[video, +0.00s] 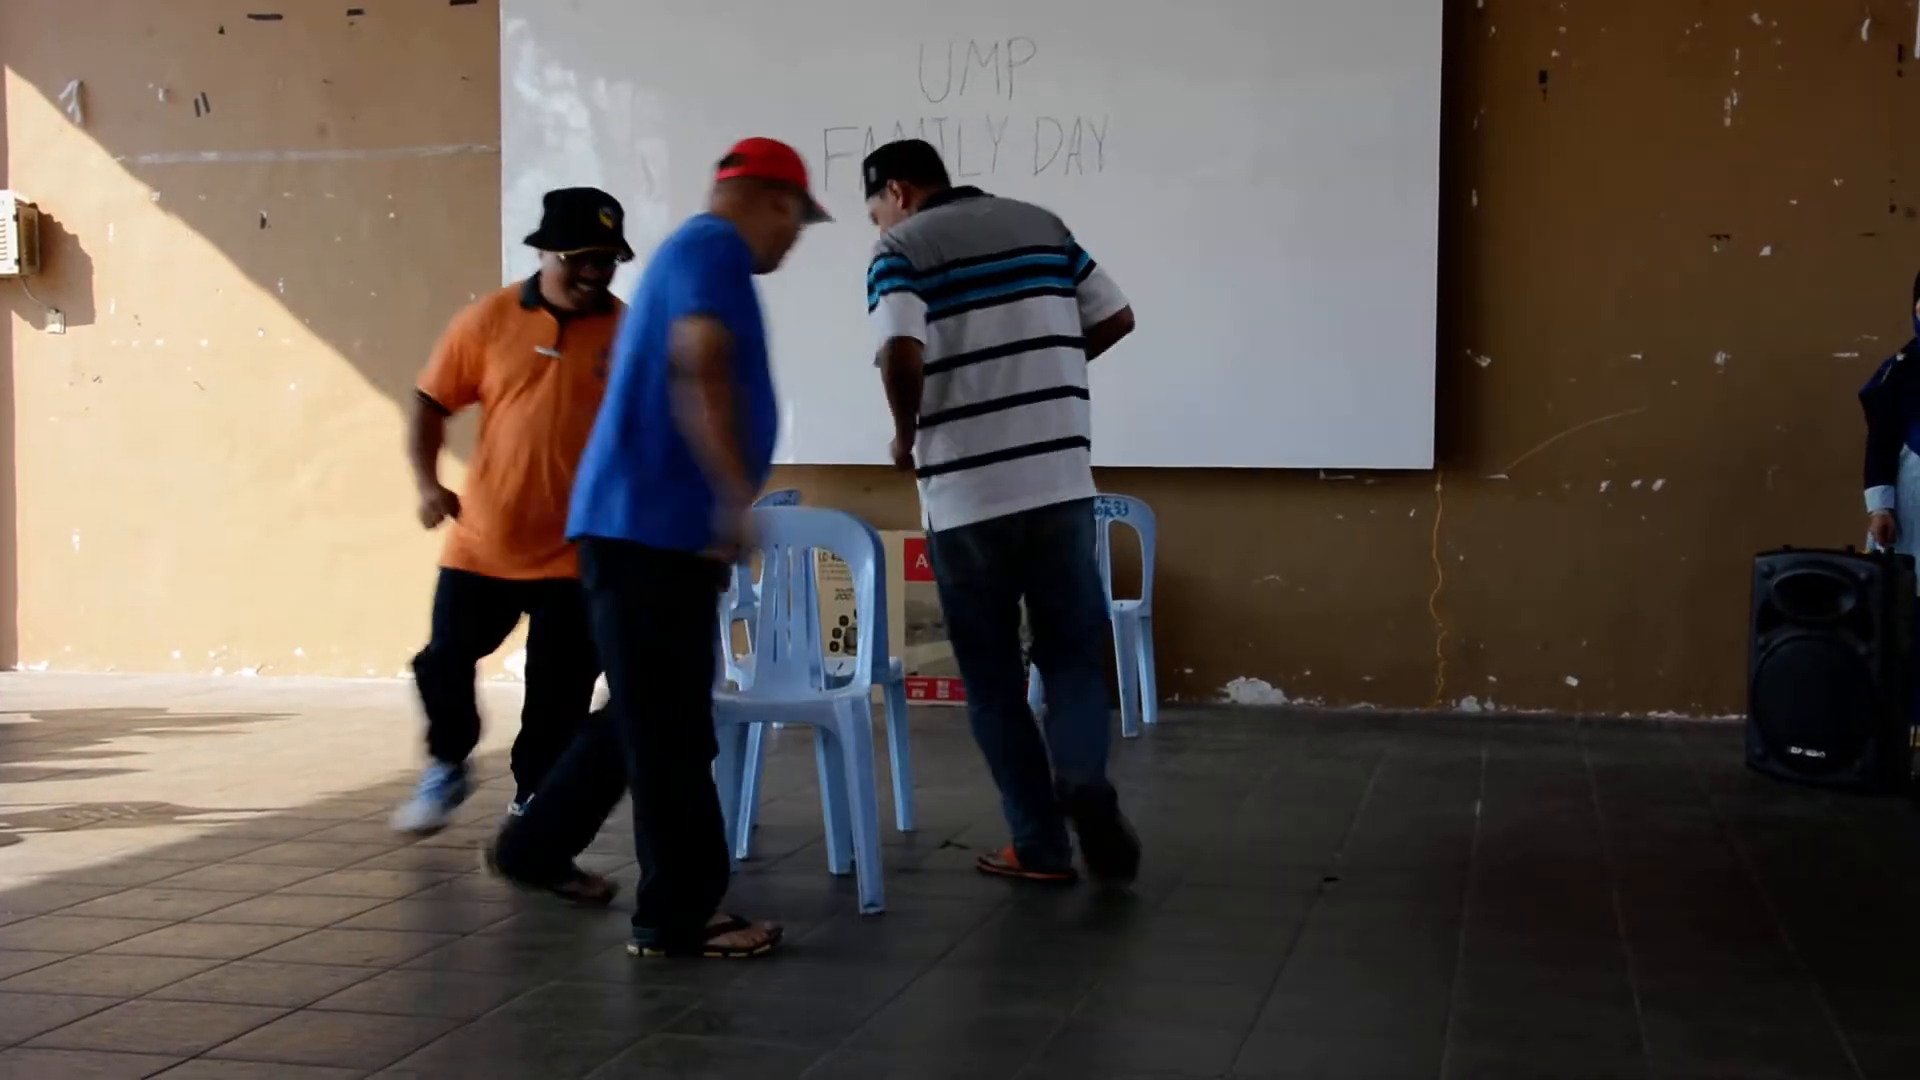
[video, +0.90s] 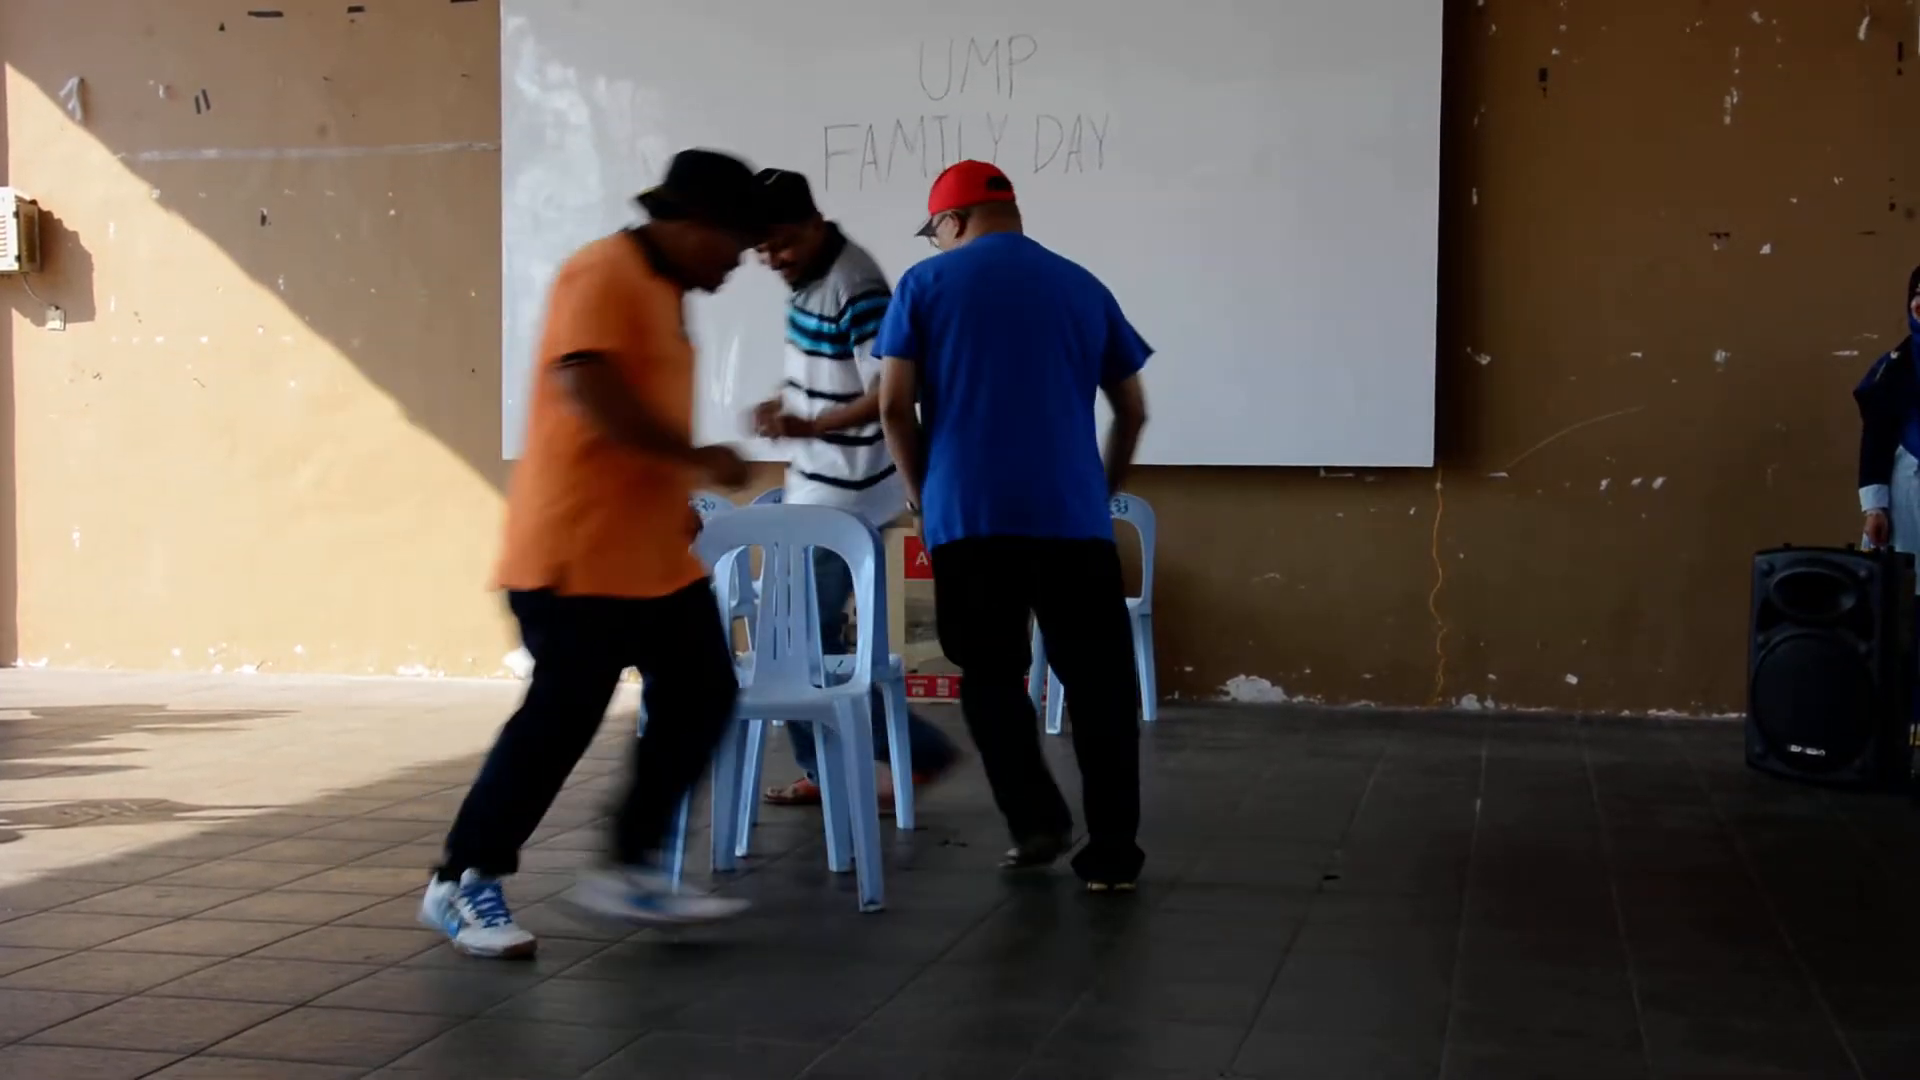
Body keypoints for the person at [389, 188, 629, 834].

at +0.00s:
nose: (594, 272)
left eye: (606, 260)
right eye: (580, 257)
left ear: (618, 262)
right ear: (545, 253)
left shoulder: (627, 335)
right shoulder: (489, 321)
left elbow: (653, 429)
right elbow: (430, 402)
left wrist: (637, 517)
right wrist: (428, 483)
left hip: (578, 544)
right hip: (488, 536)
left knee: (561, 696)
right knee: (443, 662)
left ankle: (539, 821)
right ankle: (449, 765)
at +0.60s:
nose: (631, 279)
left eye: (639, 267)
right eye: (626, 262)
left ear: (614, 252)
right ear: (580, 237)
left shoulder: (612, 332)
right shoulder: (477, 288)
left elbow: (619, 435)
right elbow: (380, 361)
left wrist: (644, 469)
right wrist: (409, 474)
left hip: (550, 557)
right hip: (454, 534)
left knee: (524, 716)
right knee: (446, 675)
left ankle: (450, 848)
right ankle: (387, 834)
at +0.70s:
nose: (659, 267)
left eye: (666, 254)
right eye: (655, 248)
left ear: (631, 235)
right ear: (609, 225)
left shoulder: (629, 316)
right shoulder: (506, 271)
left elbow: (629, 421)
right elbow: (402, 334)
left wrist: (668, 462)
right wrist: (440, 465)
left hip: (574, 557)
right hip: (482, 545)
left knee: (542, 730)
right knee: (478, 716)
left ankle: (443, 839)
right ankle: (453, 886)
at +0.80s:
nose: (691, 275)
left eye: (698, 262)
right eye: (688, 257)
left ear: (654, 240)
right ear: (642, 234)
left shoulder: (642, 323)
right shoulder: (535, 288)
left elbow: (628, 432)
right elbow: (479, 390)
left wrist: (664, 512)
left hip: (606, 558)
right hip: (516, 557)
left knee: (634, 706)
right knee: (520, 720)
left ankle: (508, 815)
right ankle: (456, 887)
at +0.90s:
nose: (731, 264)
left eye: (737, 250)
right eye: (728, 246)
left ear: (691, 226)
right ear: (688, 223)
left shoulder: (657, 292)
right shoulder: (603, 274)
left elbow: (624, 421)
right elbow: (592, 390)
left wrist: (670, 501)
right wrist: (698, 458)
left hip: (648, 555)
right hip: (574, 553)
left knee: (699, 694)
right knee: (564, 709)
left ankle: (632, 866)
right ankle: (462, 879)